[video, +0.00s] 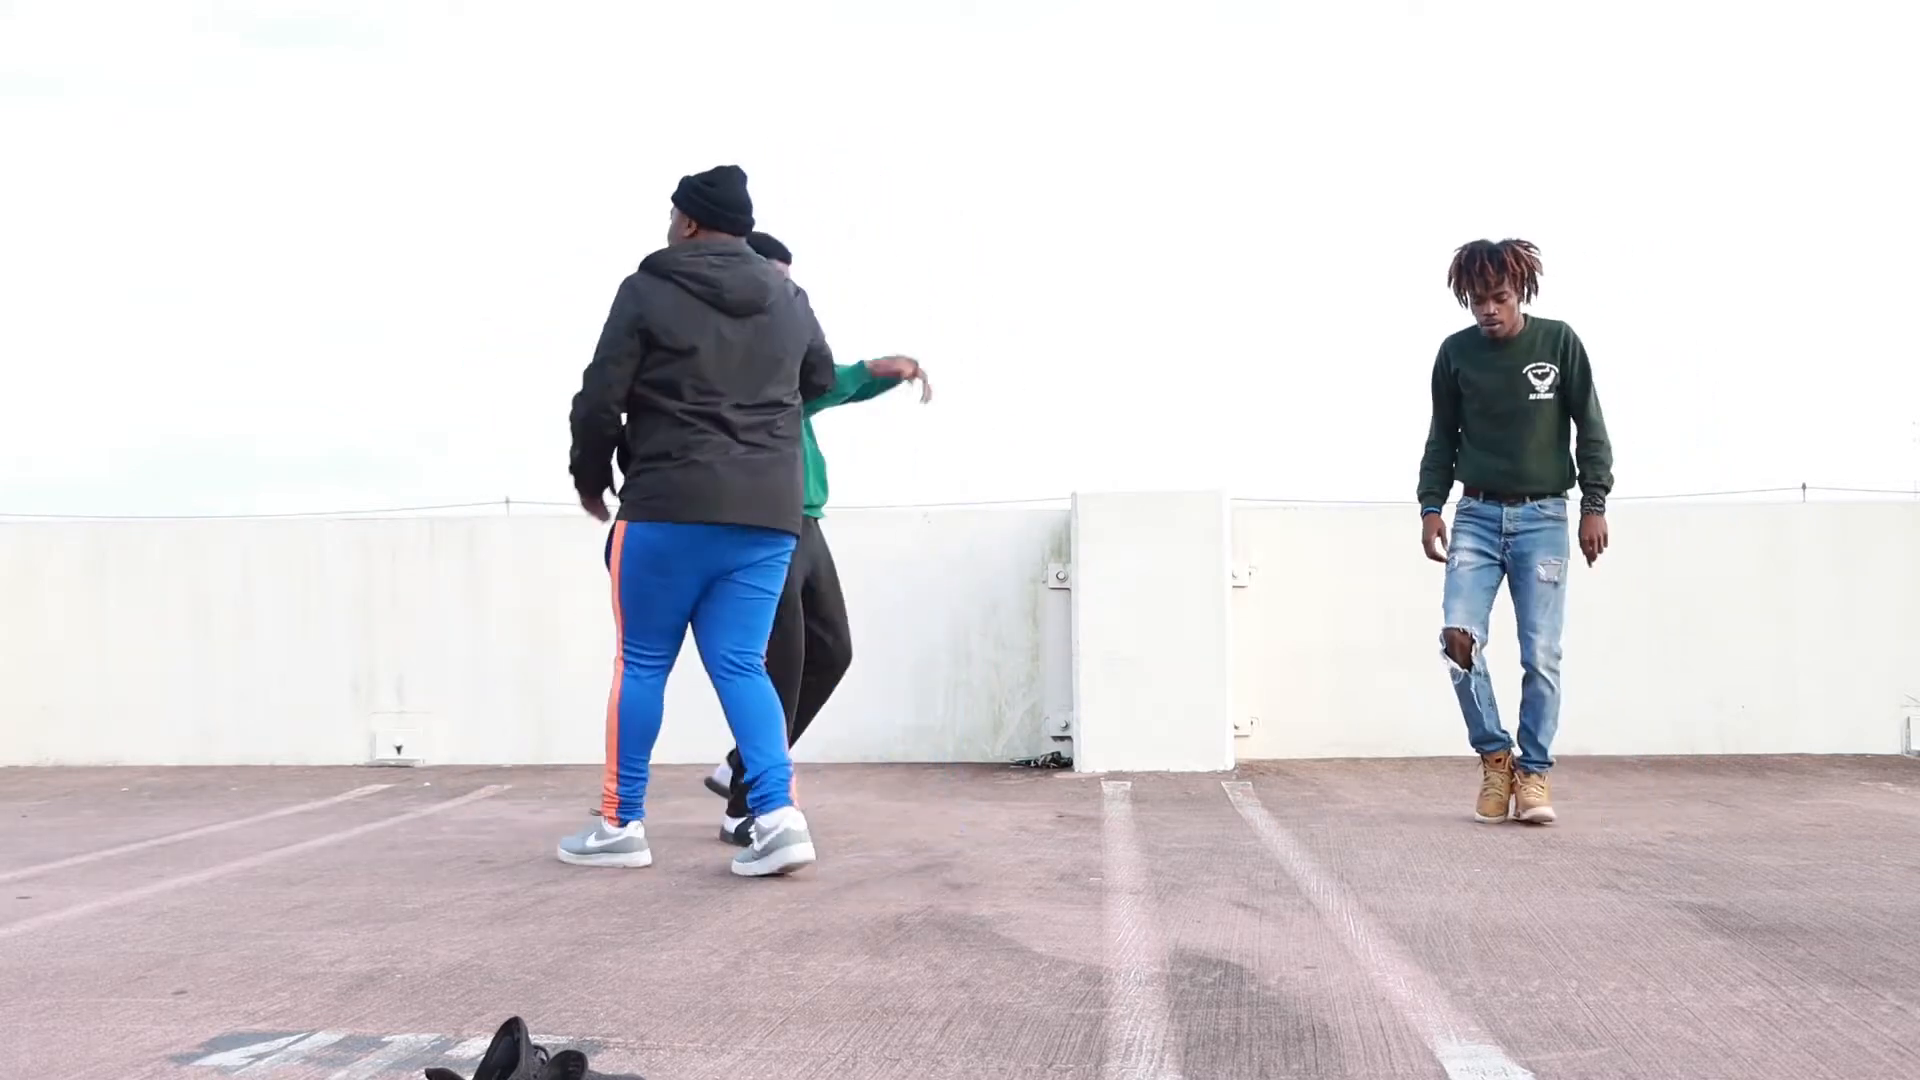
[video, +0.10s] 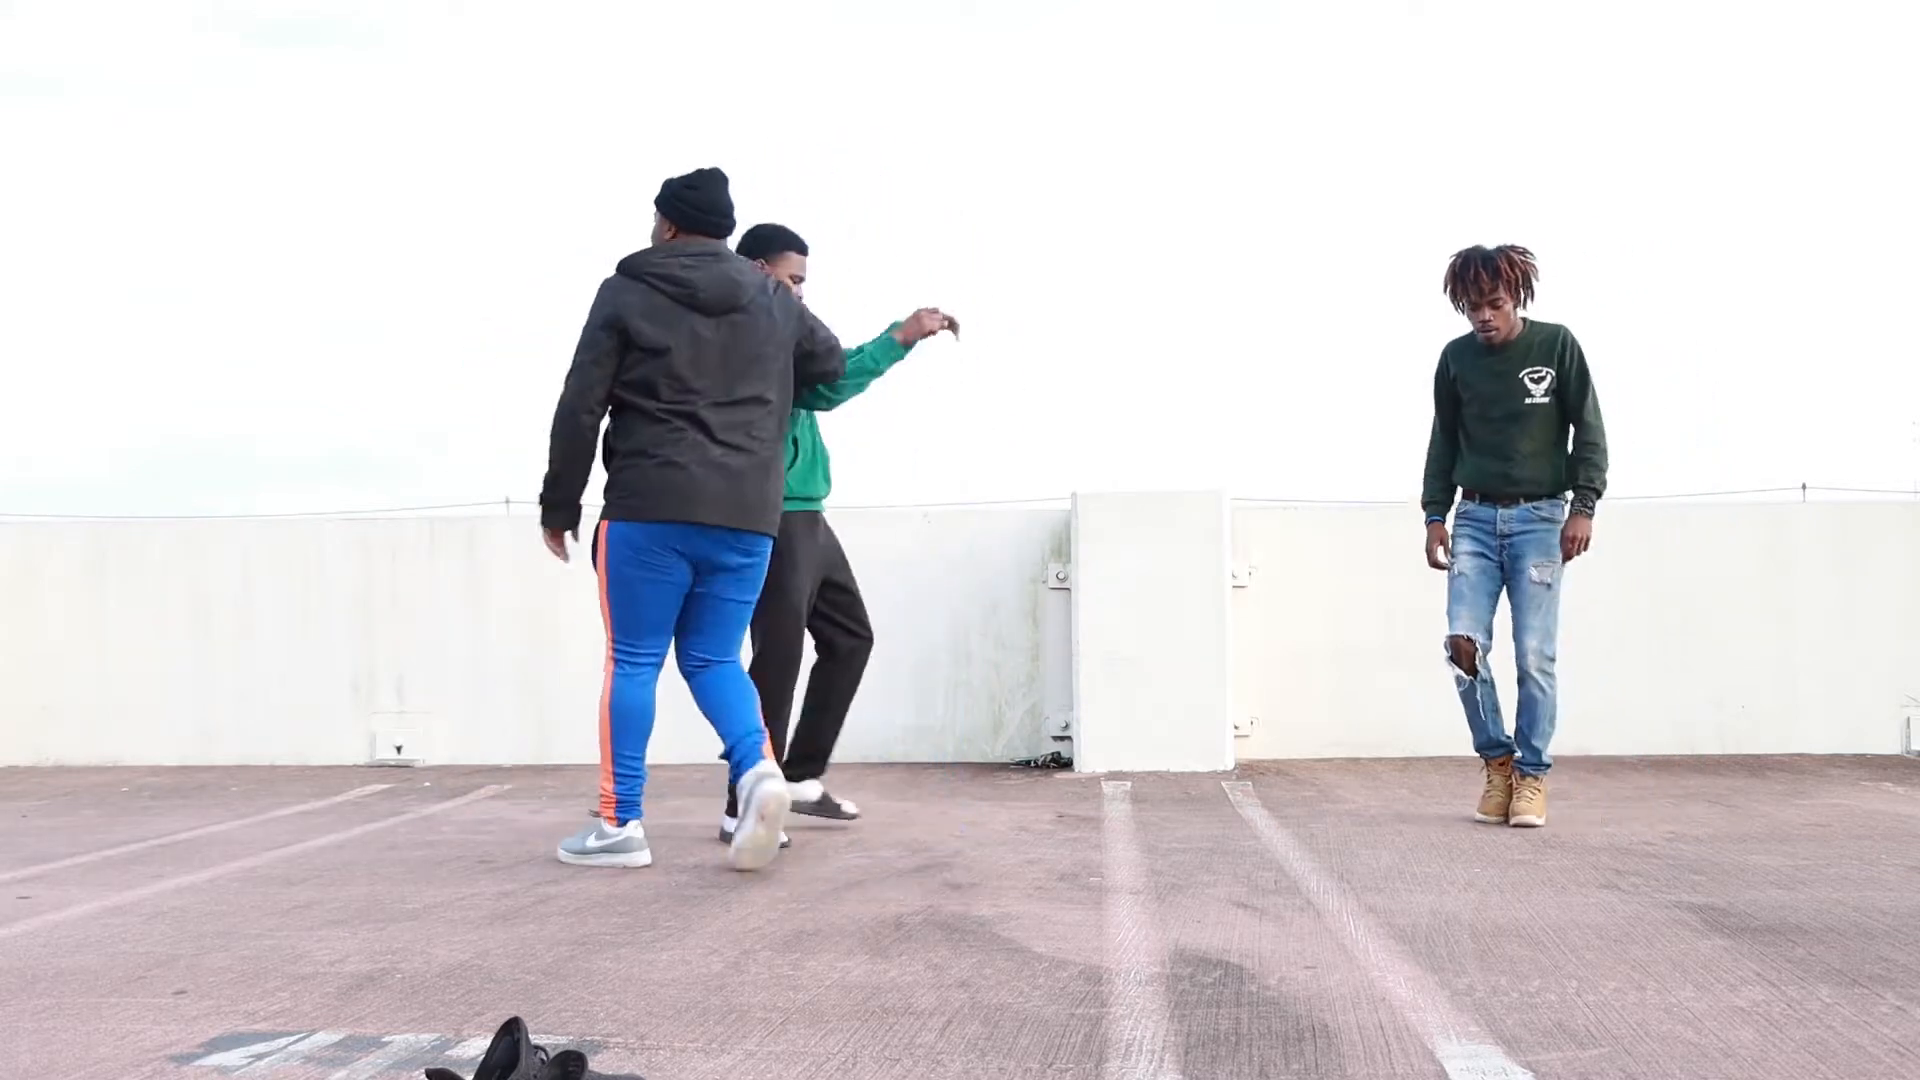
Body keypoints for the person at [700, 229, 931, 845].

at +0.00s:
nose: (786, 294)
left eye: (787, 283)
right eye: (776, 283)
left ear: (782, 283)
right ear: (747, 282)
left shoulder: (778, 341)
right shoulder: (728, 341)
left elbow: (808, 392)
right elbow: (789, 391)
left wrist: (874, 373)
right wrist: (868, 371)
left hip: (807, 522)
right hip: (769, 526)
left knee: (831, 653)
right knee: (782, 673)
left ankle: (743, 766)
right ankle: (748, 808)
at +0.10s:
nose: (802, 291)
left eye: (804, 281)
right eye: (793, 279)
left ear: (783, 277)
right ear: (757, 272)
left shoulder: (782, 331)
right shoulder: (754, 329)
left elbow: (819, 391)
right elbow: (823, 388)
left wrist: (895, 340)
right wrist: (900, 339)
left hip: (809, 518)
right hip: (779, 519)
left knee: (850, 641)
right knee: (776, 660)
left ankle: (801, 782)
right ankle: (748, 801)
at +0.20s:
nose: (820, 292)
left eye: (822, 281)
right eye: (812, 279)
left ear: (781, 275)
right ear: (775, 270)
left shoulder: (783, 325)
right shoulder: (770, 322)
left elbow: (841, 373)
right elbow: (849, 375)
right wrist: (923, 325)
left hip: (812, 511)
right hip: (788, 511)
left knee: (860, 639)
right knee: (780, 656)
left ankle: (864, 785)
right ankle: (749, 810)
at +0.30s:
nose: (839, 299)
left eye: (840, 289)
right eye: (831, 287)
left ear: (801, 280)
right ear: (796, 276)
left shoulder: (804, 335)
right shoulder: (782, 322)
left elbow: (864, 387)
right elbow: (861, 372)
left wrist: (941, 349)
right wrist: (947, 344)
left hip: (828, 512)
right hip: (803, 511)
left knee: (867, 645)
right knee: (790, 657)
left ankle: (910, 778)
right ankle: (751, 810)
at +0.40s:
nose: (859, 316)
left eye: (861, 306)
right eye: (851, 304)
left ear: (827, 297)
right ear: (817, 293)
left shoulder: (825, 354)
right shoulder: (805, 334)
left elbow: (886, 413)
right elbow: (877, 383)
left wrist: (965, 404)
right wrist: (967, 394)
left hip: (853, 521)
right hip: (827, 519)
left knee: (897, 650)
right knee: (809, 659)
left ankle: (924, 791)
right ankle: (750, 807)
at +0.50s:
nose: (881, 331)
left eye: (886, 321)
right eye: (875, 319)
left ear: (855, 314)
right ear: (841, 308)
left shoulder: (854, 376)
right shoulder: (829, 350)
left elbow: (897, 450)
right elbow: (881, 400)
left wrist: (967, 463)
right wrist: (972, 439)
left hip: (884, 533)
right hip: (854, 528)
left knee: (940, 653)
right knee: (831, 662)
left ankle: (934, 795)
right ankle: (749, 807)